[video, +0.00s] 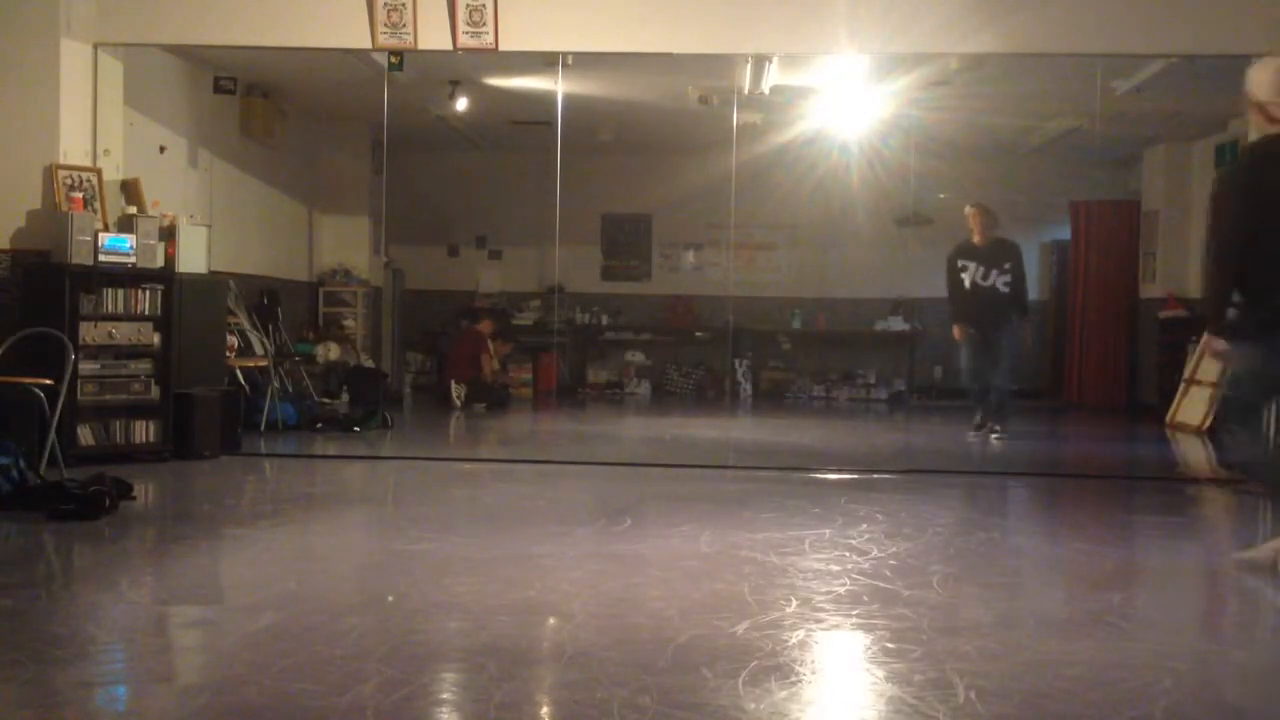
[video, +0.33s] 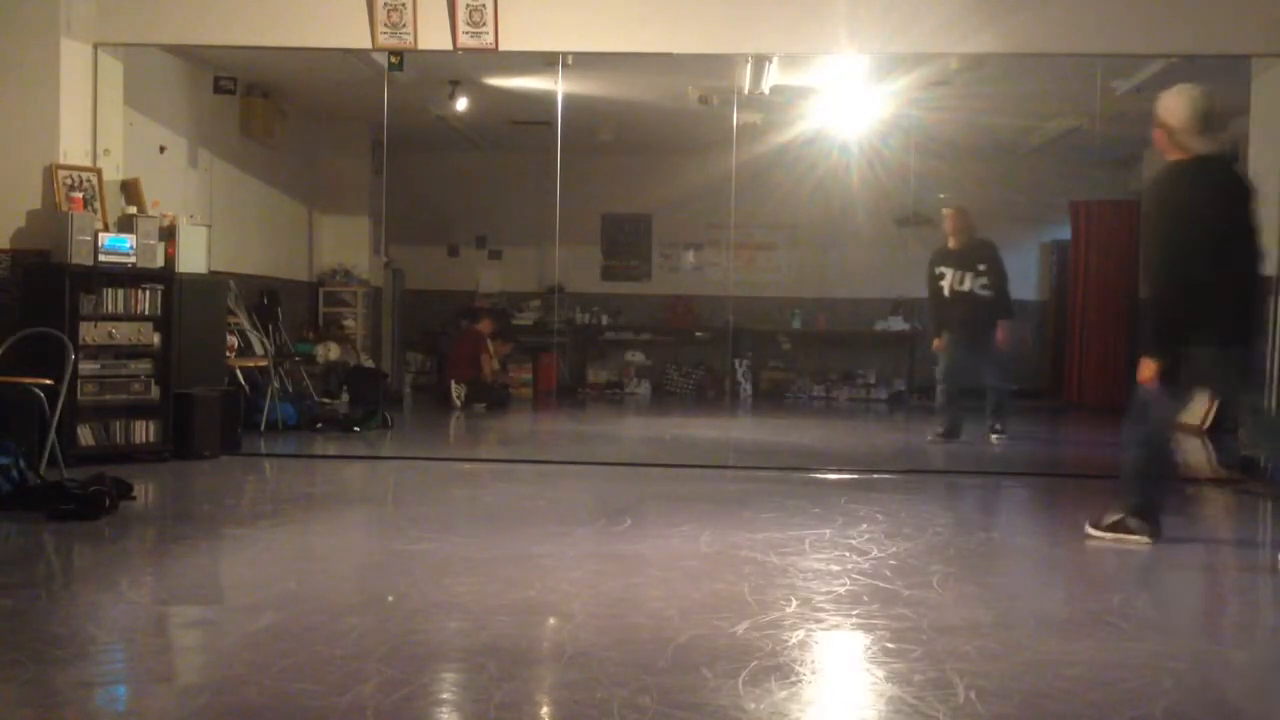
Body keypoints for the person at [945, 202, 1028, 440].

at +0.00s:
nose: (978, 221)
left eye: (982, 216)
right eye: (974, 217)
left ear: (991, 220)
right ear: (968, 222)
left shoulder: (1009, 249)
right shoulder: (959, 254)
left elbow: (1019, 286)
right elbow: (954, 291)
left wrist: (1023, 319)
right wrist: (956, 321)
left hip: (1003, 318)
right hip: (971, 319)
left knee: (1001, 371)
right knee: (970, 369)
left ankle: (997, 421)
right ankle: (979, 412)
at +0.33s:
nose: (951, 225)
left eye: (956, 220)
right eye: (947, 220)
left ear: (966, 222)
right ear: (943, 225)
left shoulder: (986, 249)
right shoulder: (939, 258)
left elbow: (1001, 287)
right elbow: (934, 299)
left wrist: (1003, 323)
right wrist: (936, 332)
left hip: (985, 325)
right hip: (953, 327)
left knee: (993, 376)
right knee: (947, 378)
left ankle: (996, 425)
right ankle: (950, 426)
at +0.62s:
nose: (923, 214)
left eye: (928, 208)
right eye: (919, 209)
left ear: (941, 210)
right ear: (916, 213)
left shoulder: (960, 243)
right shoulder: (913, 247)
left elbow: (971, 281)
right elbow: (904, 286)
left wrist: (974, 314)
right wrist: (902, 321)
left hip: (950, 314)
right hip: (921, 315)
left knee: (941, 367)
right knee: (930, 369)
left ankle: (949, 424)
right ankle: (942, 425)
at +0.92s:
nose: (891, 219)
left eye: (896, 214)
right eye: (889, 214)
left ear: (910, 217)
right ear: (886, 218)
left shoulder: (925, 249)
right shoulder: (882, 253)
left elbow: (932, 290)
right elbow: (873, 293)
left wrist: (932, 324)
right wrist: (874, 327)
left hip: (911, 321)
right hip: (887, 321)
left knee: (887, 369)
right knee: (913, 375)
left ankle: (877, 425)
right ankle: (941, 418)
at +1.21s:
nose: (860, 214)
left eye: (864, 208)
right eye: (857, 208)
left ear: (874, 210)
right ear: (852, 211)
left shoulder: (881, 241)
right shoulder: (845, 243)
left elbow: (880, 281)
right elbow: (838, 283)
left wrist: (874, 314)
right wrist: (829, 310)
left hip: (868, 313)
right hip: (844, 313)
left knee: (866, 367)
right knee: (834, 364)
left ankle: (871, 425)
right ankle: (859, 419)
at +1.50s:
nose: (798, 219)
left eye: (802, 213)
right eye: (797, 213)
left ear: (814, 215)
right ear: (806, 215)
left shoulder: (822, 243)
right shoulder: (810, 242)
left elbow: (832, 282)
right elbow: (807, 283)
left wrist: (819, 317)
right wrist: (798, 314)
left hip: (816, 315)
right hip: (808, 314)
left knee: (790, 366)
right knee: (835, 370)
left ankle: (776, 426)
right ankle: (865, 420)